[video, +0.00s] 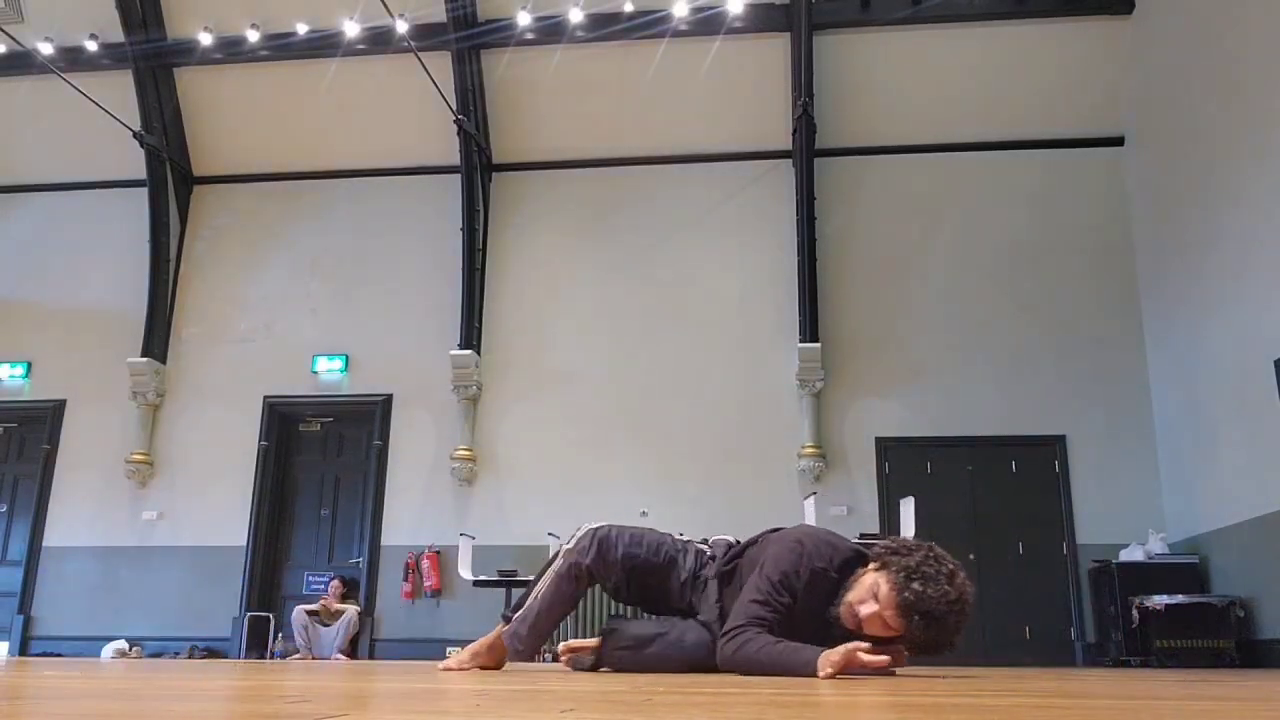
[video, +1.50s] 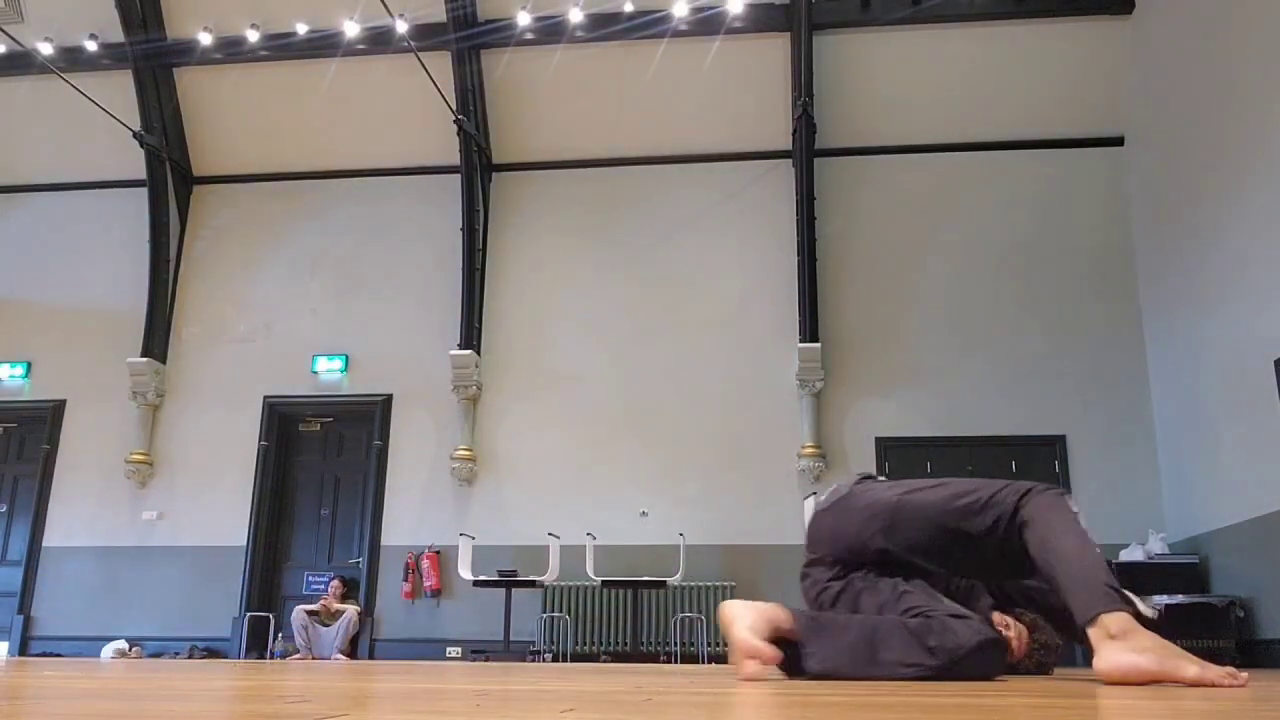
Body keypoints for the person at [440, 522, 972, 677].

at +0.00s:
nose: (860, 612)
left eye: (879, 624)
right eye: (870, 596)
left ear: (902, 640)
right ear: (874, 564)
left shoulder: (893, 634)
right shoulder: (800, 555)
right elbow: (736, 645)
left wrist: (871, 661)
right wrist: (820, 661)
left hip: (722, 636)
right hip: (701, 572)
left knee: (637, 646)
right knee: (590, 545)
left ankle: (594, 649)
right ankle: (507, 643)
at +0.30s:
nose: (915, 625)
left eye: (934, 633)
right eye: (924, 609)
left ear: (952, 647)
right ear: (922, 577)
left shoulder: (918, 639)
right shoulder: (861, 555)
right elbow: (823, 618)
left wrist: (861, 661)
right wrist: (941, 662)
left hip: (764, 631)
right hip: (732, 569)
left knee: (757, 643)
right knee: (580, 541)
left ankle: (600, 652)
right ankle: (509, 639)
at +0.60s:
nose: (971, 637)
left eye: (986, 640)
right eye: (981, 623)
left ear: (993, 631)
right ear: (984, 593)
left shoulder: (945, 629)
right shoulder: (928, 550)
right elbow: (1001, 606)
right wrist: (1107, 657)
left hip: (797, 618)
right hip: (758, 565)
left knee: (858, 644)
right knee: (563, 571)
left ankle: (727, 656)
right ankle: (501, 645)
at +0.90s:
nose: (1007, 629)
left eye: (1023, 641)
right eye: (1016, 613)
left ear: (1020, 650)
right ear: (1006, 589)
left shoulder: (959, 645)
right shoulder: (964, 559)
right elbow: (1074, 585)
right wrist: (1172, 659)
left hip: (827, 619)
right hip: (792, 556)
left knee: (906, 644)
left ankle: (734, 661)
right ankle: (537, 627)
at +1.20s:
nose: (1008, 637)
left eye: (1015, 650)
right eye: (1020, 625)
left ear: (1010, 656)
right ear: (1017, 598)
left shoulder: (940, 641)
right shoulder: (979, 555)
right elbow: (1084, 584)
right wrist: (1170, 646)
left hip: (769, 629)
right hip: (782, 545)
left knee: (886, 649)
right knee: (953, 522)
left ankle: (717, 644)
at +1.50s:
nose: (1019, 637)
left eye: (1026, 646)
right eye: (1024, 630)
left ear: (1023, 647)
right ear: (1017, 611)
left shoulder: (973, 629)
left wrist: (1014, 646)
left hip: (831, 589)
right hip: (846, 518)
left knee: (976, 649)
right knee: (1036, 498)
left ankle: (772, 627)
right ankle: (1116, 631)